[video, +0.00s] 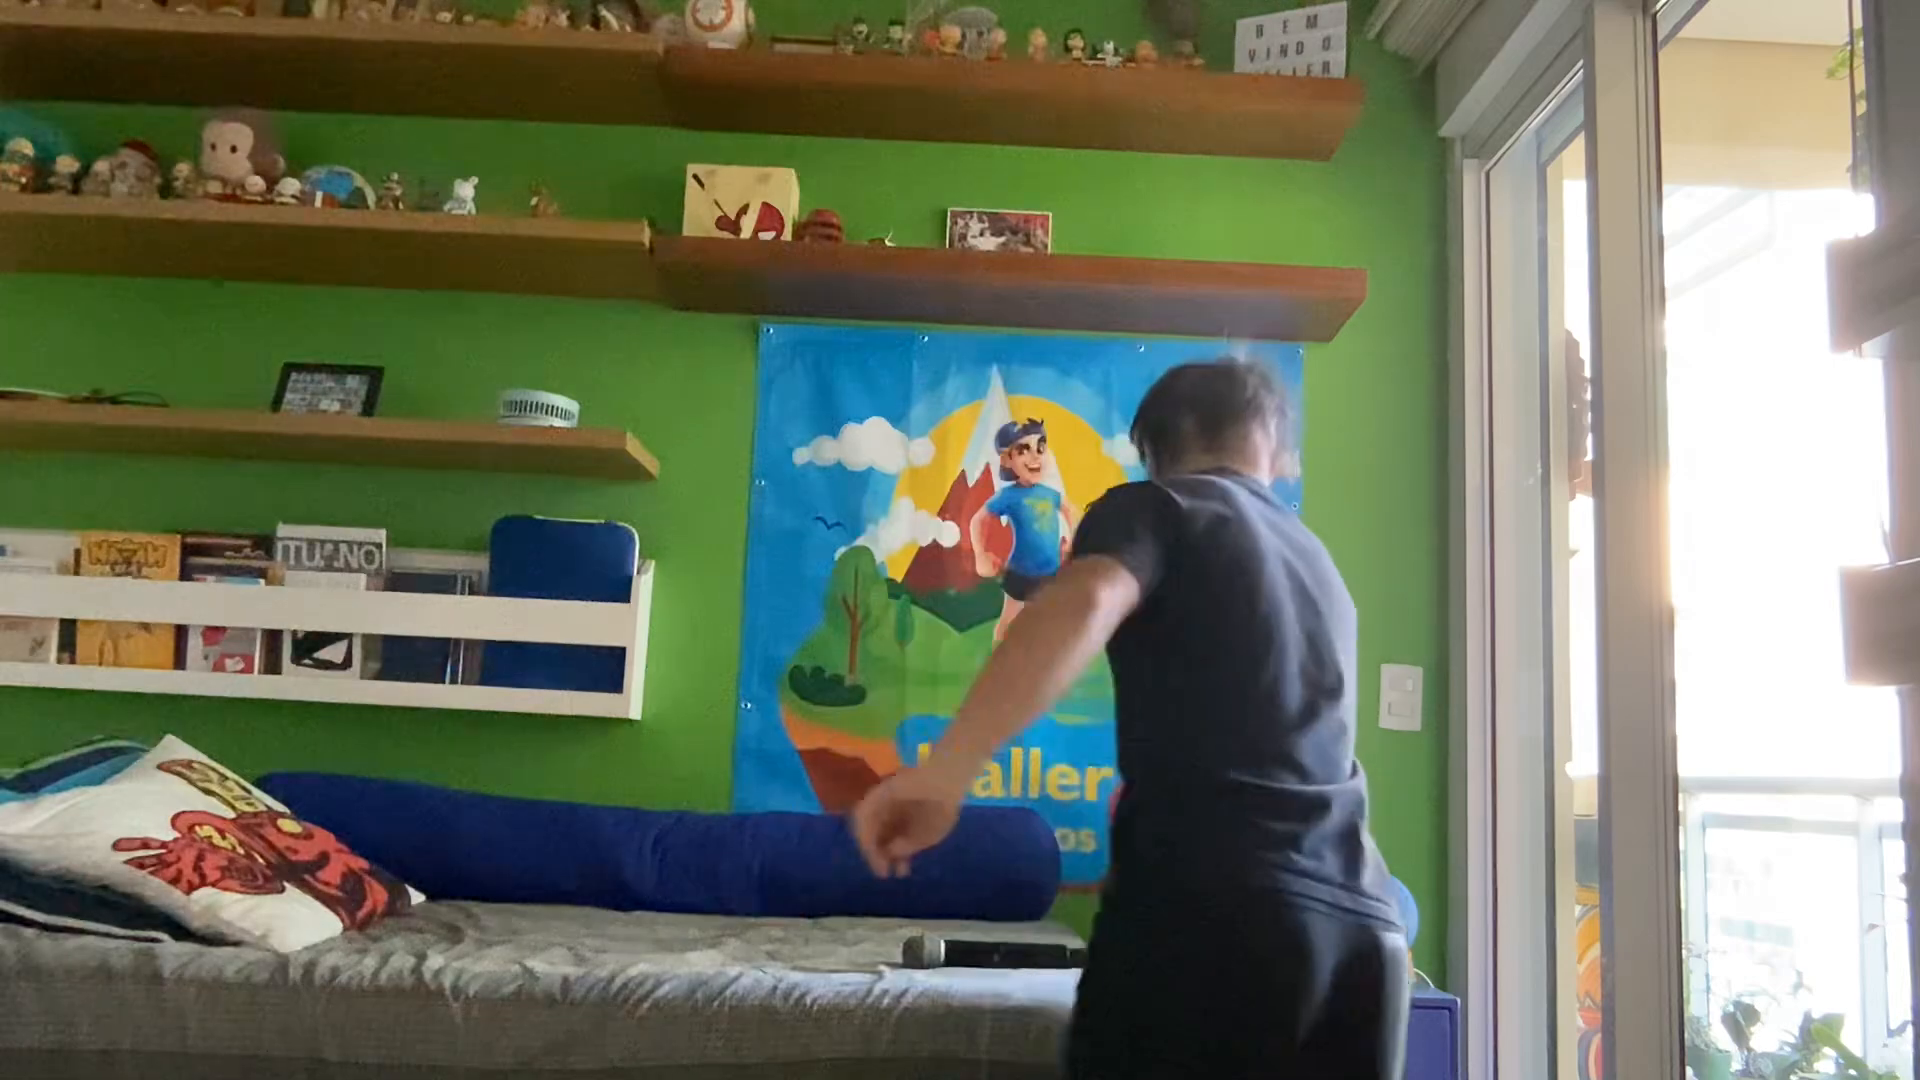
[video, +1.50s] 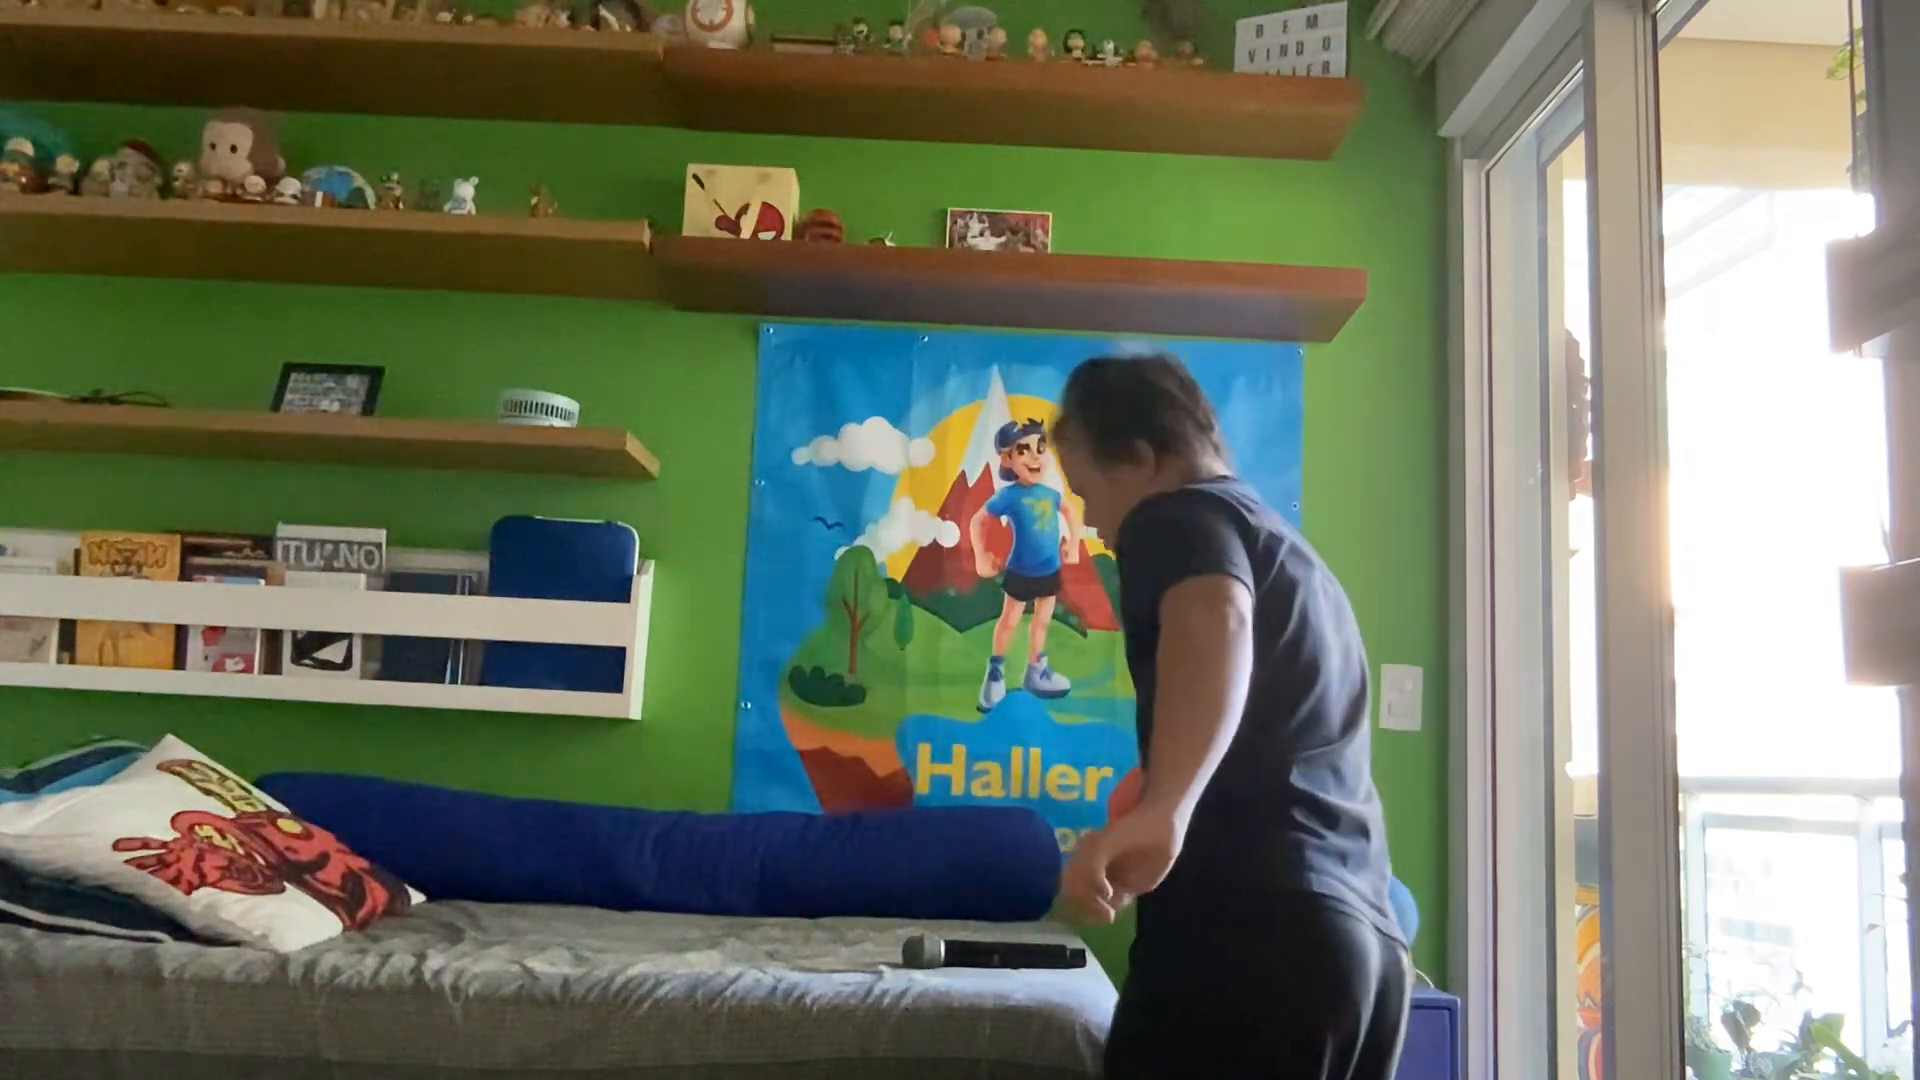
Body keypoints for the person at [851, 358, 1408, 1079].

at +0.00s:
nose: (1286, 474)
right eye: (1287, 464)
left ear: (1152, 453)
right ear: (1274, 460)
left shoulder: (1156, 507)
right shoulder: (1318, 561)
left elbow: (1087, 602)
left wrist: (945, 771)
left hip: (1204, 920)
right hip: (1362, 939)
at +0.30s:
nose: (1171, 496)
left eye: (1170, 480)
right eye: (1168, 482)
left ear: (1183, 460)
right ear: (1298, 469)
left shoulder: (1217, 508)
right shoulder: (1361, 572)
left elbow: (1203, 612)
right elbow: (1388, 727)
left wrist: (1101, 802)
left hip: (1297, 923)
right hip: (1427, 941)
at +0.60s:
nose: (1177, 497)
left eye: (1175, 479)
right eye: (1174, 482)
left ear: (1189, 459)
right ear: (1302, 464)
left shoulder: (1224, 508)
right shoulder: (1370, 570)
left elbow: (1215, 622)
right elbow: (1358, 745)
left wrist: (1129, 818)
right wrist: (1207, 806)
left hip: (1283, 922)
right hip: (1419, 941)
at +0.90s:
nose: (1167, 498)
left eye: (1163, 481)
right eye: (1162, 484)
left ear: (1179, 460)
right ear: (1289, 456)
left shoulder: (1224, 509)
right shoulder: (1365, 566)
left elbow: (1225, 629)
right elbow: (1383, 740)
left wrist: (1140, 827)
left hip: (1282, 923)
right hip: (1411, 938)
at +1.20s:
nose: (1151, 513)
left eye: (1144, 486)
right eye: (1142, 493)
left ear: (1173, 454)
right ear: (1267, 451)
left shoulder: (1228, 509)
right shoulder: (1356, 569)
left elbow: (1251, 624)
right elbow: (1386, 720)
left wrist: (1188, 826)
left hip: (1292, 920)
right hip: (1404, 934)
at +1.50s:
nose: (1090, 520)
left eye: (1084, 491)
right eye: (1079, 497)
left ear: (1140, 458)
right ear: (1212, 451)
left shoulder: (1182, 512)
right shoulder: (1300, 560)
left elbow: (1213, 618)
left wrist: (1162, 811)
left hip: (1259, 920)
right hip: (1373, 940)